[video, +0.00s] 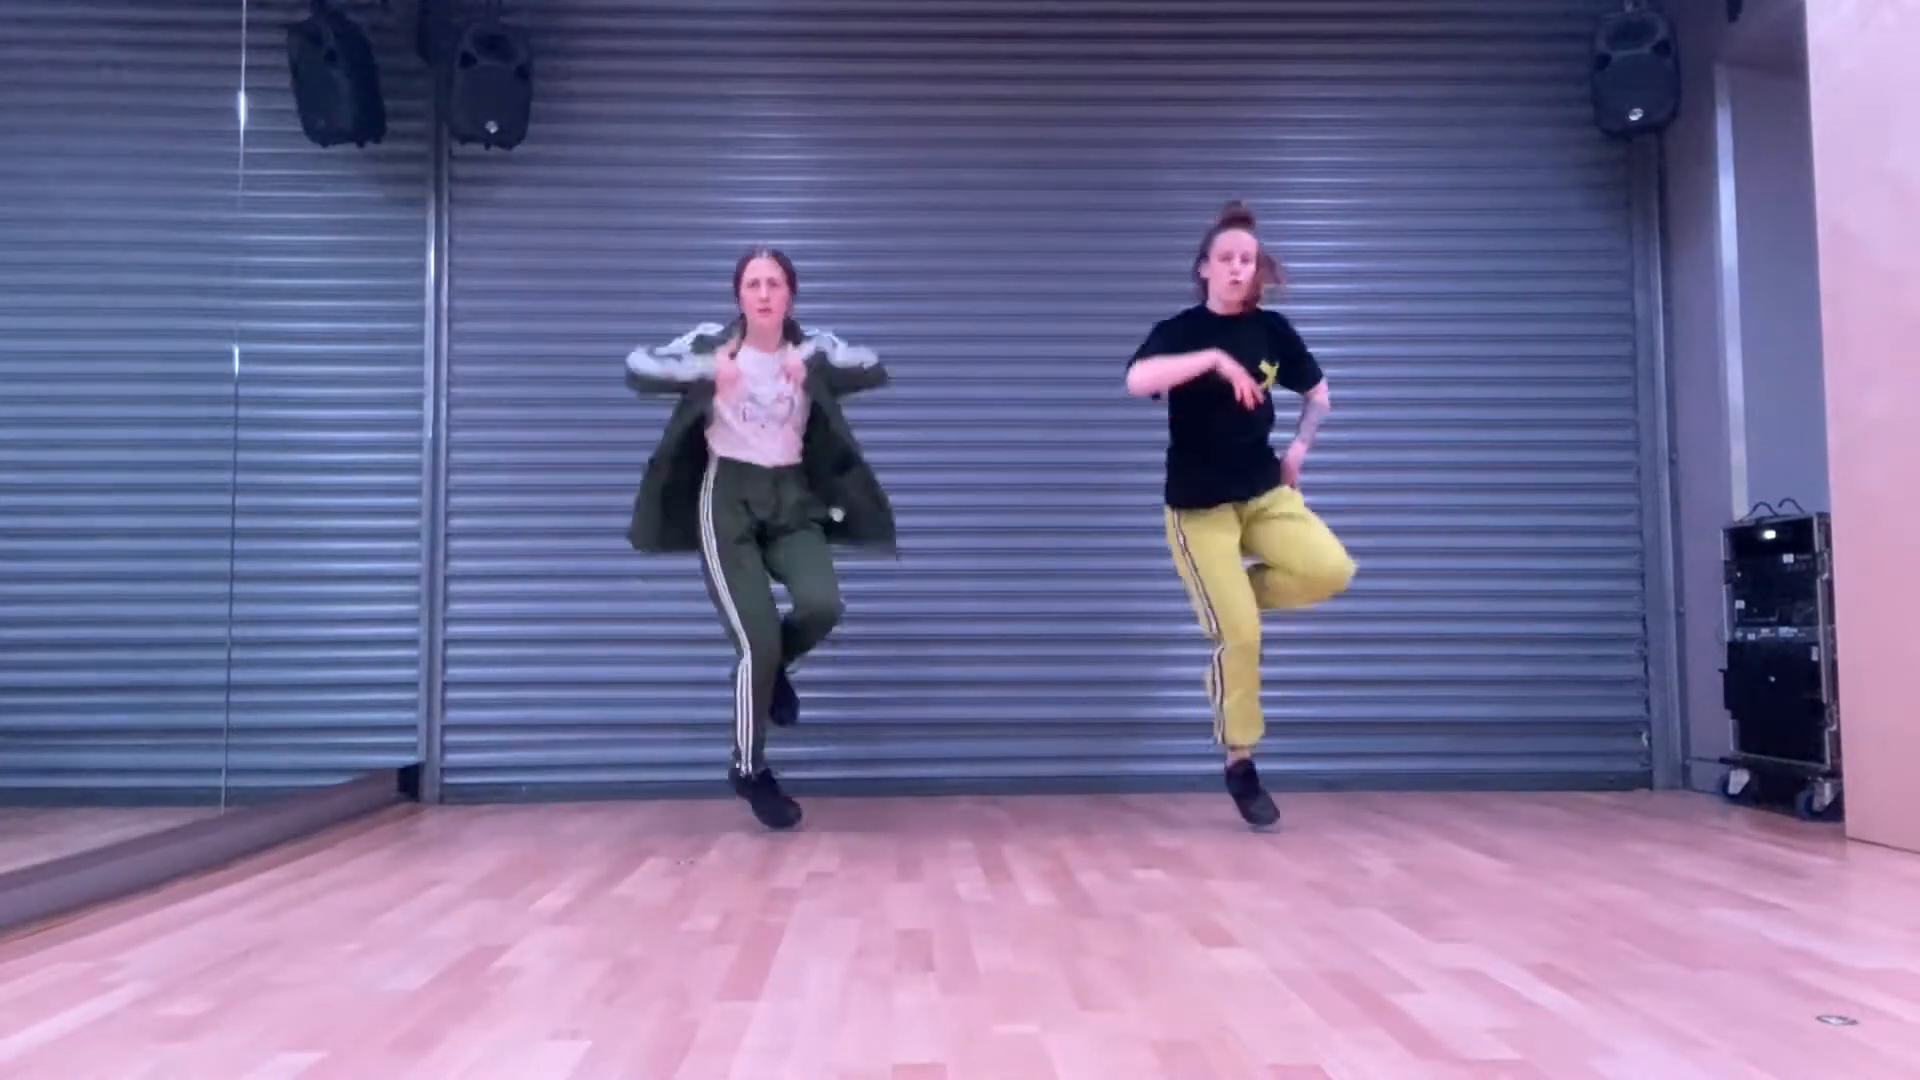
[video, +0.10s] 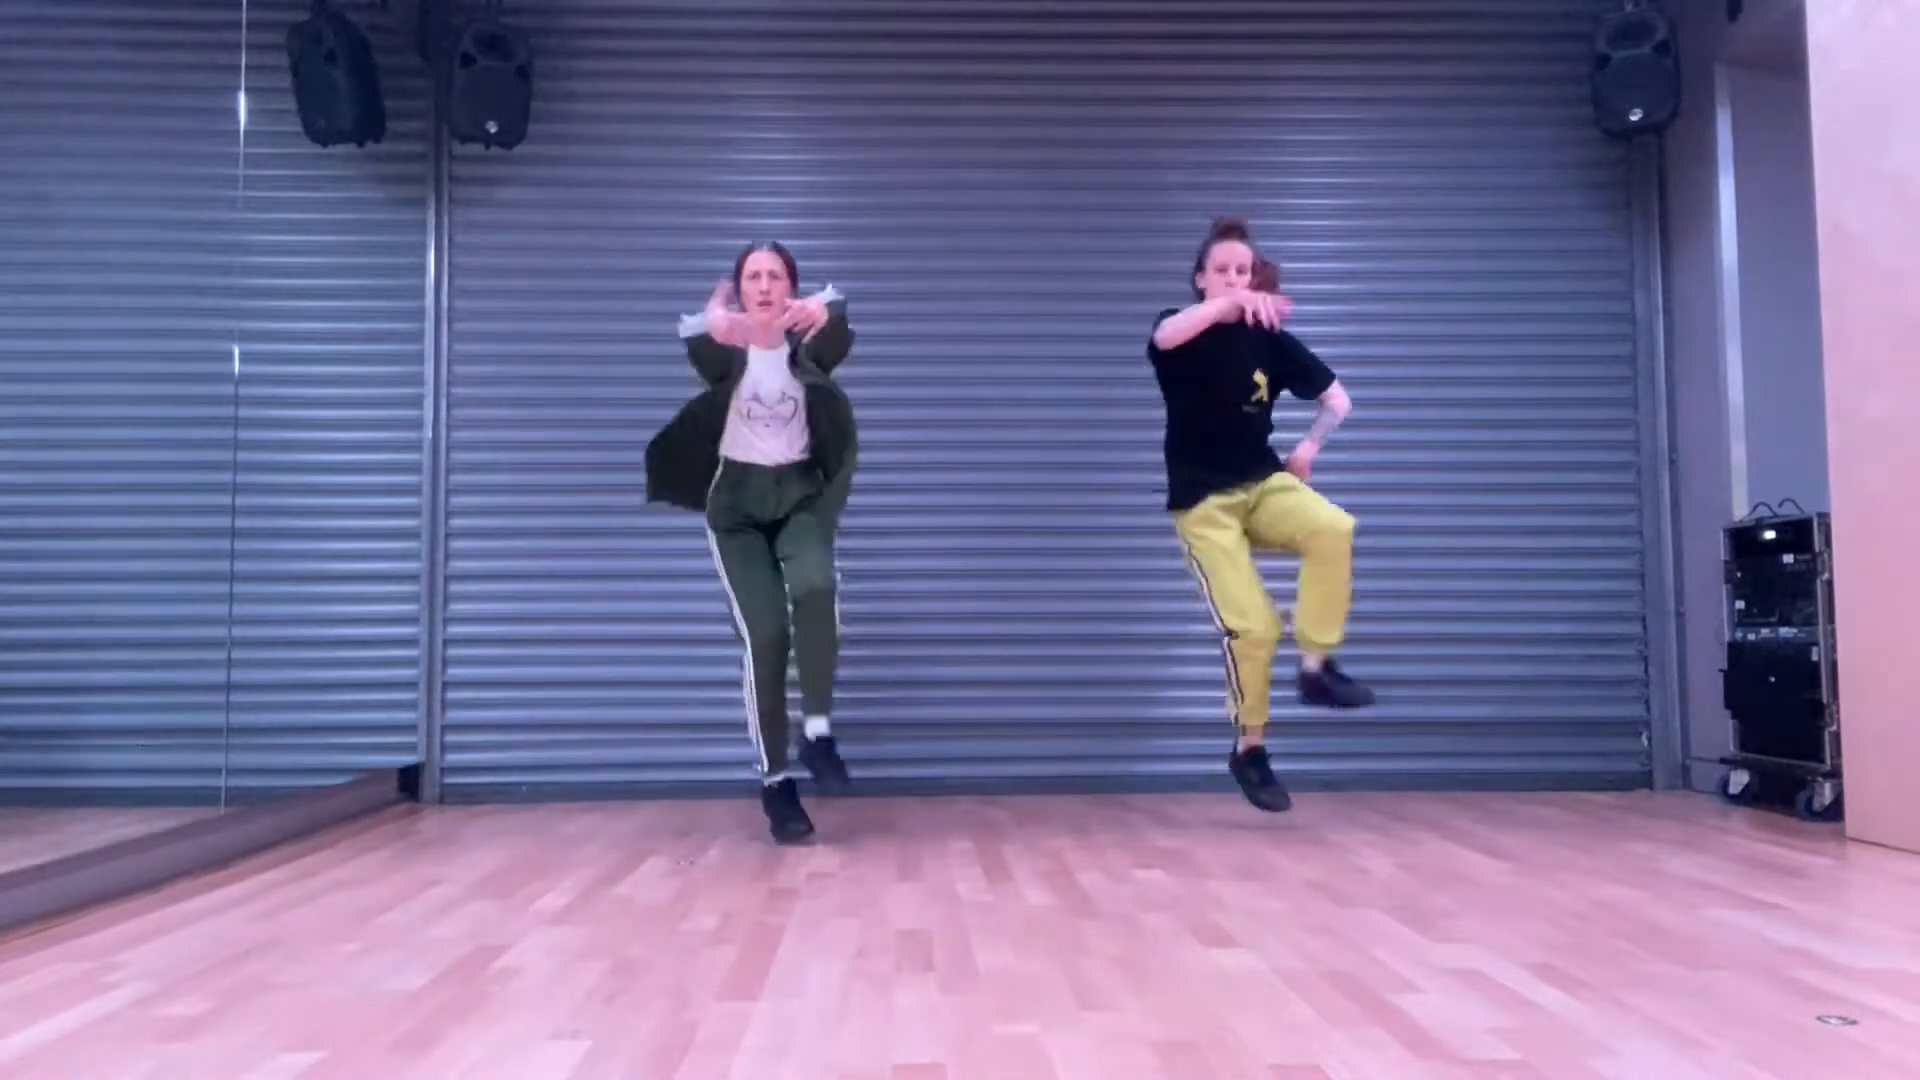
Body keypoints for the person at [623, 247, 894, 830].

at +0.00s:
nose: (764, 293)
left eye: (774, 284)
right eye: (753, 285)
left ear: (791, 295)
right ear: (738, 295)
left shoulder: (812, 350)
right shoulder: (712, 350)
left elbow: (877, 371)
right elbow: (637, 369)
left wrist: (821, 362)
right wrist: (700, 361)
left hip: (793, 500)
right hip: (727, 499)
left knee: (822, 608)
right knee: (761, 642)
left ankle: (769, 663)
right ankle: (750, 771)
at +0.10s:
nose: (764, 286)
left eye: (774, 277)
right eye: (754, 278)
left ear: (793, 288)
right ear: (737, 291)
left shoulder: (809, 345)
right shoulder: (725, 348)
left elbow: (837, 339)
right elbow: (706, 353)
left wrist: (823, 309)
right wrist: (719, 322)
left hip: (803, 497)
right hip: (736, 499)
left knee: (816, 590)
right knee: (767, 634)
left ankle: (817, 732)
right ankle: (776, 780)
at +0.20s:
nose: (762, 298)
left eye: (772, 289)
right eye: (752, 290)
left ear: (791, 301)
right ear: (737, 303)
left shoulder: (814, 354)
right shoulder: (717, 360)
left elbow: (855, 396)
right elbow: (694, 411)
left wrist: (808, 400)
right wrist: (737, 429)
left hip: (818, 519)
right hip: (750, 525)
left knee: (820, 628)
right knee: (766, 659)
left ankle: (840, 762)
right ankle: (794, 791)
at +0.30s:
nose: (763, 308)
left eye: (773, 298)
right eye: (752, 299)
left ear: (791, 312)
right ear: (737, 313)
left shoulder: (821, 382)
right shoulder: (718, 387)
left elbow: (856, 468)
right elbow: (711, 473)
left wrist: (829, 525)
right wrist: (730, 531)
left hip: (819, 525)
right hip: (752, 528)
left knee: (811, 638)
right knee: (773, 662)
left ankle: (847, 773)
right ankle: (801, 788)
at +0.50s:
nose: (736, 343)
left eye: (747, 332)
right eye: (733, 335)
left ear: (784, 339)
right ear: (737, 347)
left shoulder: (832, 413)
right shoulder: (722, 417)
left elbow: (873, 503)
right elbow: (706, 504)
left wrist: (894, 586)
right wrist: (685, 586)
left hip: (808, 569)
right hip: (735, 568)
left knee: (801, 695)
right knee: (690, 660)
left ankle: (872, 803)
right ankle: (735, 772)